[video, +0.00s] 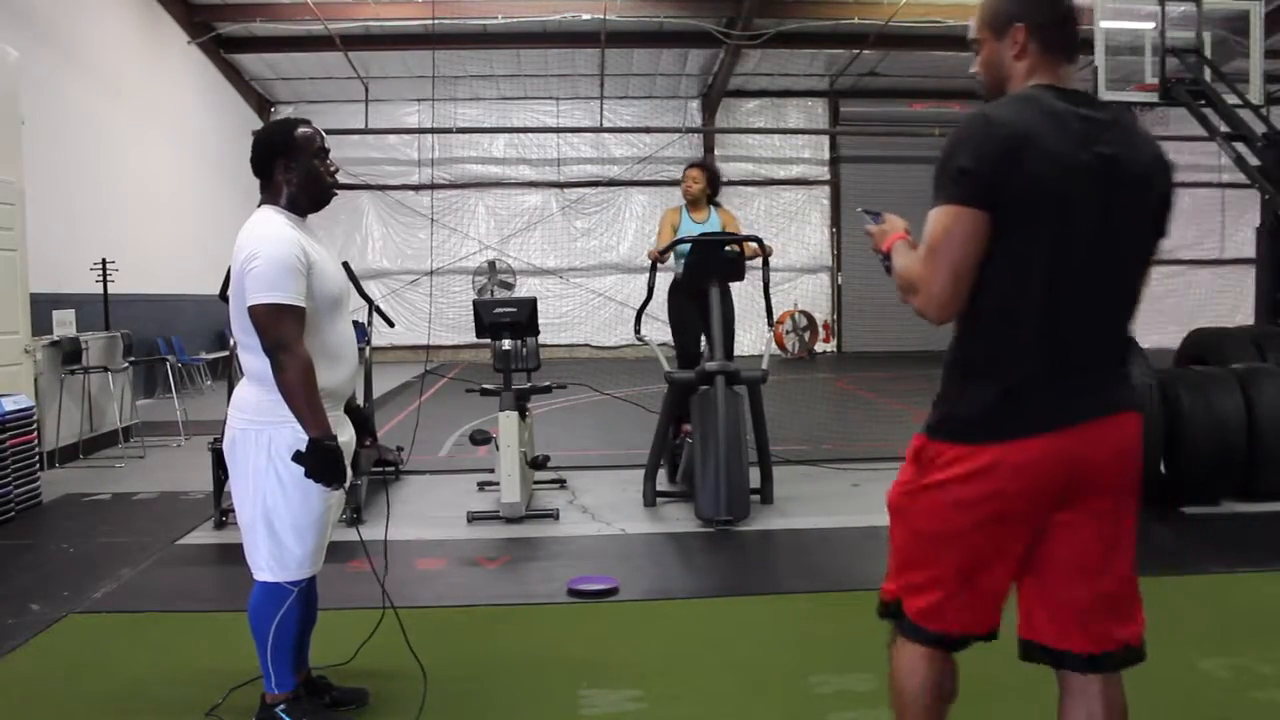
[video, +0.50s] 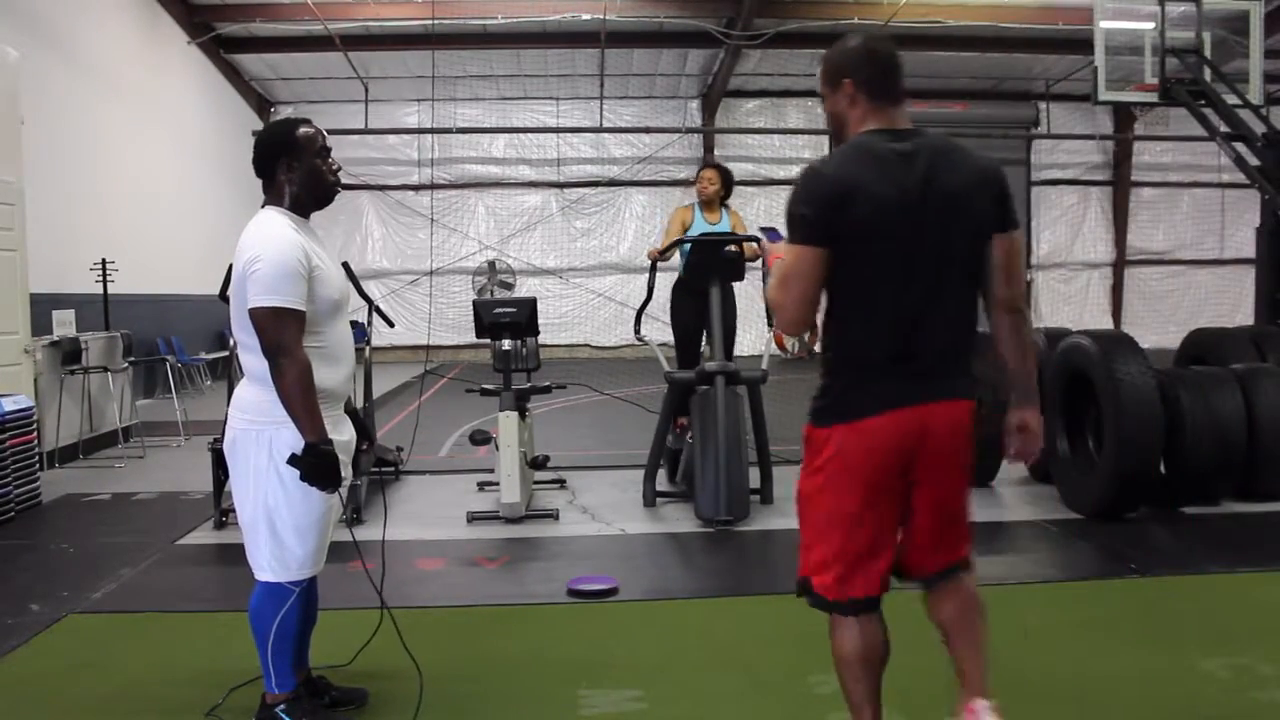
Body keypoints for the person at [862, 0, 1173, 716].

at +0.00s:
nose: (976, 62)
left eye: (980, 45)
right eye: (975, 46)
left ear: (1017, 43)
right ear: (1067, 42)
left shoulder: (990, 133)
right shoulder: (1144, 152)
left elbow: (938, 297)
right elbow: (1118, 294)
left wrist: (899, 251)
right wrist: (955, 251)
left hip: (989, 437)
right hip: (1107, 431)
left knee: (924, 627)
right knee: (1089, 657)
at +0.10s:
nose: (941, 82)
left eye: (948, 65)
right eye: (942, 66)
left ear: (984, 60)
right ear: (1020, 63)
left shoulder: (959, 155)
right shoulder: (1101, 160)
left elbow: (912, 309)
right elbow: (1100, 296)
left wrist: (873, 258)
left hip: (966, 440)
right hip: (1079, 431)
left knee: (919, 634)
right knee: (1075, 652)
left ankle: (872, 719)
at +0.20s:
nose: (907, 100)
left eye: (911, 84)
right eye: (906, 86)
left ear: (947, 80)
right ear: (990, 80)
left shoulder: (927, 170)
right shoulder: (1067, 177)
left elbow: (883, 321)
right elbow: (1048, 306)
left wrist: (848, 271)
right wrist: (895, 270)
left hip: (938, 441)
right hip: (1047, 432)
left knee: (899, 620)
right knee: (1052, 644)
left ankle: (876, 717)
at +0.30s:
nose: (873, 107)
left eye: (875, 93)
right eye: (871, 94)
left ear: (906, 87)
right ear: (951, 88)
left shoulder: (888, 179)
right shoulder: (1029, 178)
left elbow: (851, 324)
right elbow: (1034, 305)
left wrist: (821, 273)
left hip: (902, 436)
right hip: (1007, 430)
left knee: (874, 614)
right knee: (1020, 626)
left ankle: (870, 715)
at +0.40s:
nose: (844, 111)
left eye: (845, 99)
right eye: (842, 100)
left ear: (871, 93)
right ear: (920, 93)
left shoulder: (852, 182)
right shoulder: (999, 175)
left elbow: (817, 324)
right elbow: (1017, 311)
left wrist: (799, 271)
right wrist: (1015, 406)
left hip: (875, 430)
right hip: (973, 423)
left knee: (860, 605)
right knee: (980, 592)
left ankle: (868, 715)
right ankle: (1022, 711)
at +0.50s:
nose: (826, 111)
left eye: (826, 98)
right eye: (826, 98)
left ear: (847, 93)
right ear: (897, 92)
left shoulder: (829, 183)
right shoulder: (979, 175)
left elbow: (792, 318)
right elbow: (1008, 301)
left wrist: (778, 264)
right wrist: (1024, 400)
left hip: (857, 423)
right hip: (948, 413)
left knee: (853, 596)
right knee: (945, 564)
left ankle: (866, 714)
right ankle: (978, 701)